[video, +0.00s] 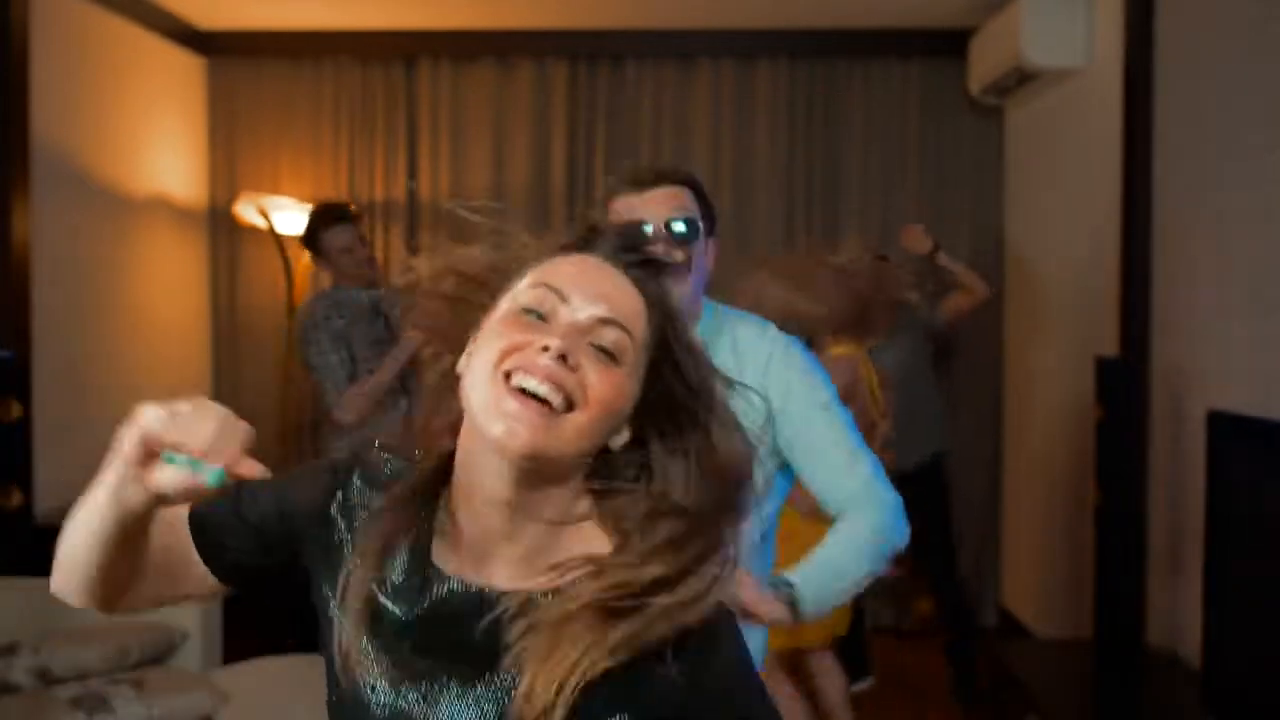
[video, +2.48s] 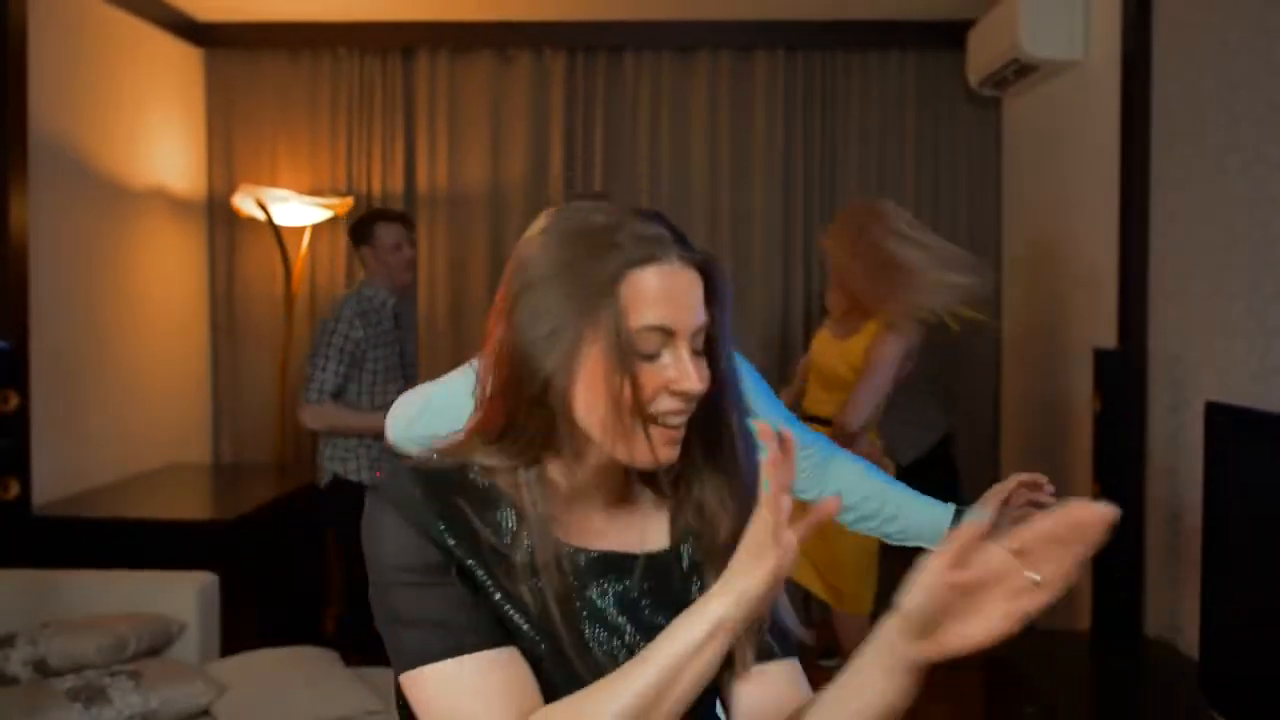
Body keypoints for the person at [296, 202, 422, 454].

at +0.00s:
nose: (364, 255)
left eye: (364, 243)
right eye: (348, 251)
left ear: (368, 240)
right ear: (323, 262)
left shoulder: (388, 305)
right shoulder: (321, 316)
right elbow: (345, 410)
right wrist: (408, 345)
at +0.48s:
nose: (422, 265)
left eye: (422, 256)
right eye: (413, 255)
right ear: (381, 261)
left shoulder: (403, 318)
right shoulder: (357, 318)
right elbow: (326, 408)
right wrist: (406, 449)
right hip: (355, 487)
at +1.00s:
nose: (405, 239)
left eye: (407, 230)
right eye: (397, 228)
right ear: (361, 227)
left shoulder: (396, 303)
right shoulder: (320, 292)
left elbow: (422, 376)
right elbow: (239, 358)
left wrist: (444, 307)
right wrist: (316, 404)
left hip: (401, 473)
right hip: (344, 475)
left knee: (392, 598)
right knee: (338, 599)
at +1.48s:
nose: (354, 249)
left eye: (353, 238)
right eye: (338, 244)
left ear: (359, 241)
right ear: (309, 260)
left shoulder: (378, 305)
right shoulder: (296, 327)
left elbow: (393, 374)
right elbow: (290, 433)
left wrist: (410, 414)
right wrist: (381, 422)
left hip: (387, 482)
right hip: (326, 492)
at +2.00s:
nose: (346, 243)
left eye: (343, 231)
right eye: (330, 242)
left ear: (352, 229)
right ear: (311, 261)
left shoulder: (385, 285)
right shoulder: (315, 313)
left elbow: (403, 371)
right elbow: (347, 414)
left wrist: (412, 430)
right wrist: (405, 345)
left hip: (396, 467)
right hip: (346, 478)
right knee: (345, 599)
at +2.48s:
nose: (409, 255)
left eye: (410, 245)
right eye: (396, 248)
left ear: (413, 249)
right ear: (367, 256)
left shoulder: (392, 312)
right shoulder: (355, 314)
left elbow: (388, 397)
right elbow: (313, 411)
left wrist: (418, 417)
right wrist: (397, 423)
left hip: (384, 478)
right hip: (353, 483)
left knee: (379, 602)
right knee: (357, 606)